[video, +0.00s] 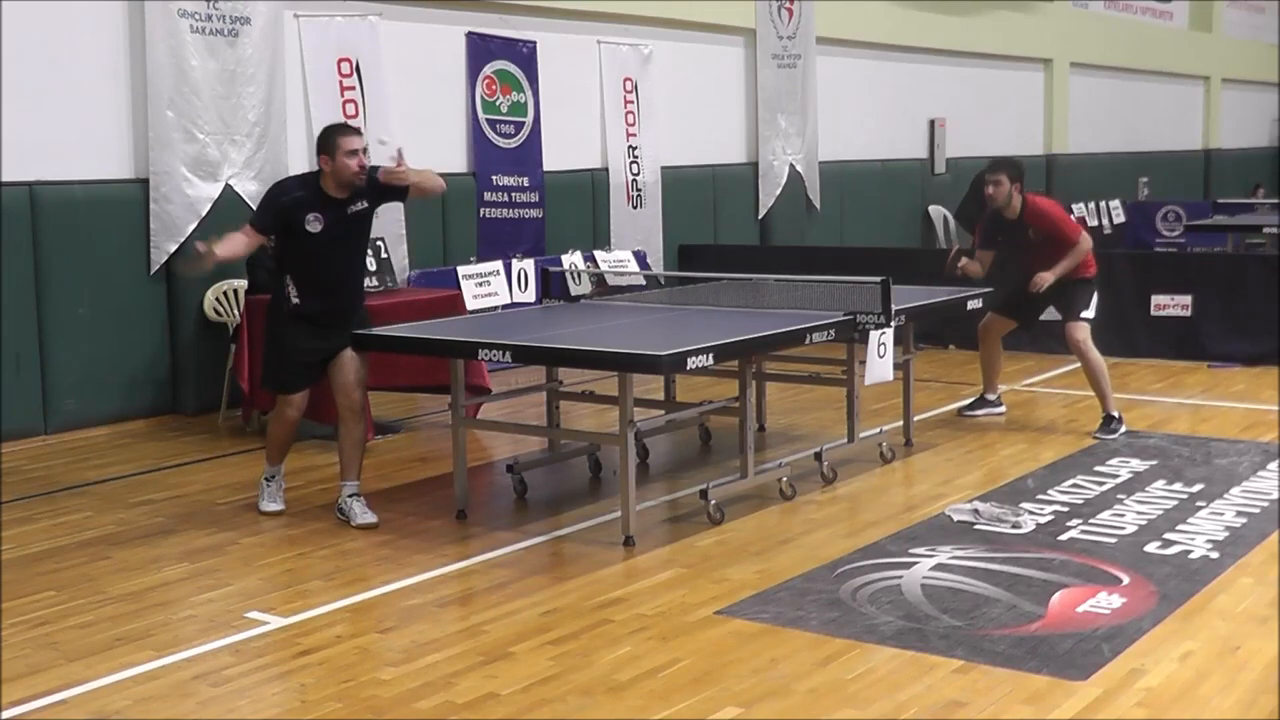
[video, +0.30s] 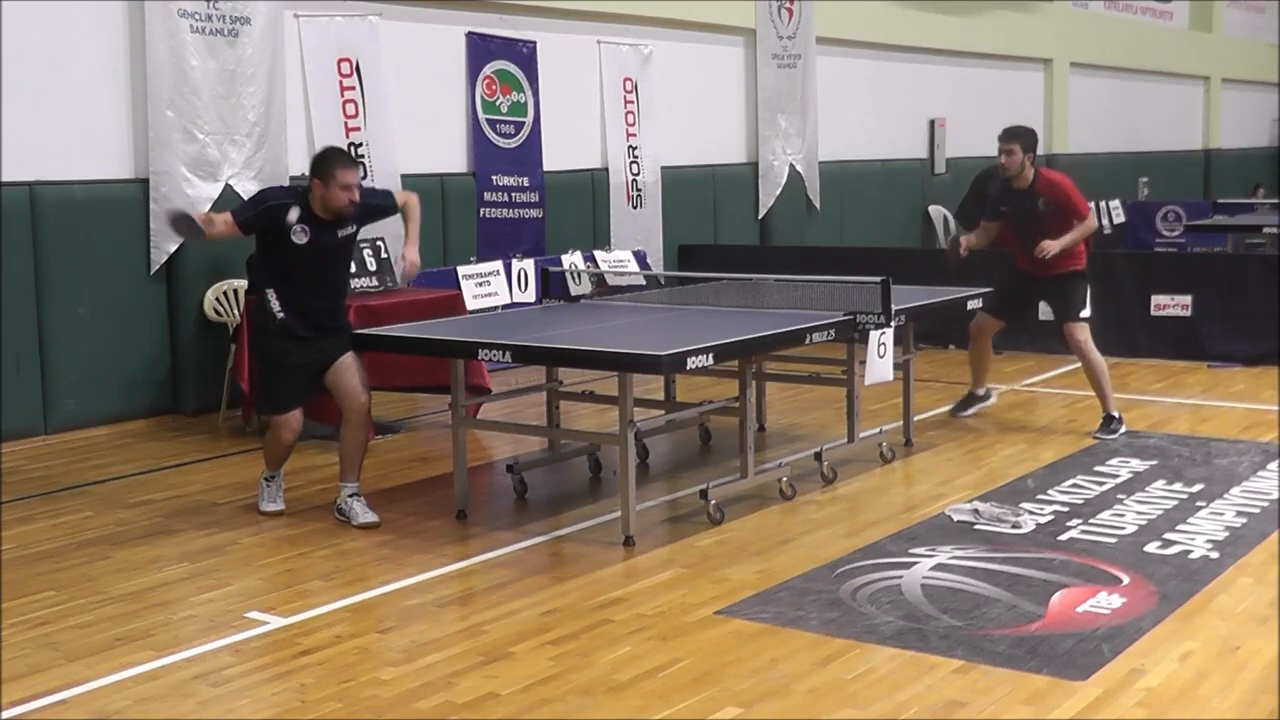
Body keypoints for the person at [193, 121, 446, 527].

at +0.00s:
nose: (361, 162)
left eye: (363, 153)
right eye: (352, 155)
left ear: (366, 156)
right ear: (326, 160)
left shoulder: (372, 186)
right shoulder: (289, 194)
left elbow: (438, 186)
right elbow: (249, 236)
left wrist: (411, 178)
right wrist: (217, 251)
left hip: (345, 315)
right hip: (296, 318)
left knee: (354, 400)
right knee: (292, 407)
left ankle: (350, 494)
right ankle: (273, 477)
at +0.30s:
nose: (355, 197)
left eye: (357, 188)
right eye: (346, 189)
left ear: (358, 183)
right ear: (318, 185)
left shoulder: (357, 206)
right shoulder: (278, 204)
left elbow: (410, 200)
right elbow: (227, 224)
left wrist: (412, 245)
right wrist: (207, 224)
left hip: (328, 326)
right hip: (279, 330)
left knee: (358, 402)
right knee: (288, 428)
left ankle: (349, 495)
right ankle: (272, 478)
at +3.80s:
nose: (310, 162)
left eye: (311, 153)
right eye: (307, 154)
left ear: (267, 151)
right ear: (284, 154)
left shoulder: (221, 177)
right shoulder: (252, 197)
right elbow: (291, 265)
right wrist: (353, 245)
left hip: (196, 337)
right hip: (230, 340)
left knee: (201, 440)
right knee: (282, 445)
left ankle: (147, 539)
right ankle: (311, 563)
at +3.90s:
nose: (300, 143)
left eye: (298, 133)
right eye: (296, 133)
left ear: (254, 134)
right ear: (275, 136)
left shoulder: (211, 167)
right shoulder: (239, 180)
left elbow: (210, 246)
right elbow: (247, 257)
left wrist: (270, 233)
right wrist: (313, 245)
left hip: (188, 325)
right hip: (222, 328)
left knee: (191, 434)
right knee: (264, 439)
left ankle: (146, 535)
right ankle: (240, 564)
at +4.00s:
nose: (285, 132)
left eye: (283, 123)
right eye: (281, 124)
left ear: (240, 128)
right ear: (263, 129)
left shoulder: (202, 165)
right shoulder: (240, 181)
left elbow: (167, 216)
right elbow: (214, 259)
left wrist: (249, 232)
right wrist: (273, 297)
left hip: (177, 323)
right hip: (210, 328)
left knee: (194, 431)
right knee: (229, 447)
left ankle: (147, 524)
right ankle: (170, 568)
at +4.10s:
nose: (280, 143)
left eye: (277, 135)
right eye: (275, 135)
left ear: (235, 143)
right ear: (257, 143)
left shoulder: (195, 185)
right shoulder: (234, 196)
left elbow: (161, 250)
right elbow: (213, 277)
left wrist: (248, 239)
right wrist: (271, 328)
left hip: (175, 338)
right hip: (202, 344)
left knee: (193, 439)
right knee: (221, 463)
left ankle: (152, 526)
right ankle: (165, 578)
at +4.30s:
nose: (271, 166)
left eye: (269, 157)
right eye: (267, 158)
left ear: (224, 166)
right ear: (247, 165)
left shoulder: (188, 204)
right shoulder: (232, 213)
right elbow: (239, 296)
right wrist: (295, 330)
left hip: (159, 348)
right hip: (186, 352)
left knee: (195, 441)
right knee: (222, 468)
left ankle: (167, 532)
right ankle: (164, 579)